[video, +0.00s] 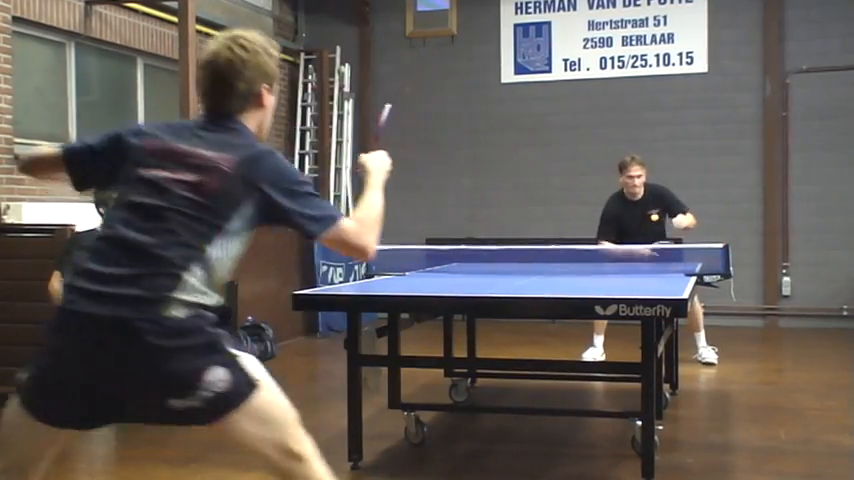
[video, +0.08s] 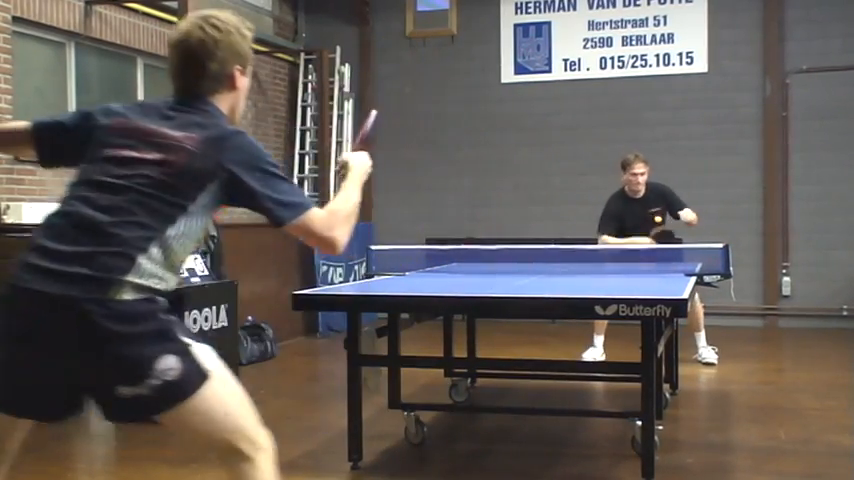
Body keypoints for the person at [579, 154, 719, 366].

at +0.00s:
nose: (635, 182)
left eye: (639, 176)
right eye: (630, 177)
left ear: (645, 177)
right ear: (621, 178)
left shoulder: (659, 194)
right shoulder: (614, 203)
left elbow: (691, 219)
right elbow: (602, 243)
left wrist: (684, 222)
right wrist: (633, 252)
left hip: (659, 265)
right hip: (623, 267)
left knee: (690, 295)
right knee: (602, 296)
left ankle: (702, 347)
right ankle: (597, 347)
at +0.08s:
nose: (638, 180)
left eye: (642, 174)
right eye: (633, 175)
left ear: (648, 174)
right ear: (623, 176)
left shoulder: (660, 192)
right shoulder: (615, 201)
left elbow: (692, 219)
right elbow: (603, 239)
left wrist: (686, 216)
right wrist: (639, 241)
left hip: (660, 262)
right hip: (623, 265)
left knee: (691, 293)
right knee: (603, 295)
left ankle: (703, 347)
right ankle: (597, 347)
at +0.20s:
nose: (643, 173)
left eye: (647, 169)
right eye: (638, 168)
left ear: (652, 170)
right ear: (628, 170)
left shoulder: (662, 189)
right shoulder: (620, 195)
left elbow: (691, 218)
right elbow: (606, 233)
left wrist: (695, 210)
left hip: (663, 262)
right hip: (627, 263)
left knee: (693, 294)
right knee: (604, 296)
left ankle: (703, 347)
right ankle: (597, 347)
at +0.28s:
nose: (646, 169)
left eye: (651, 165)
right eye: (642, 165)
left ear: (656, 167)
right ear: (632, 166)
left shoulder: (666, 189)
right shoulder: (622, 194)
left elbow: (695, 218)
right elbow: (607, 222)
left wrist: (699, 208)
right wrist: (597, 205)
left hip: (665, 261)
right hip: (629, 262)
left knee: (694, 294)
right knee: (605, 296)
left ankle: (703, 347)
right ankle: (597, 347)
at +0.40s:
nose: (649, 166)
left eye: (653, 162)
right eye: (644, 161)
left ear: (659, 164)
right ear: (635, 163)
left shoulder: (670, 187)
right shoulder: (624, 191)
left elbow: (693, 215)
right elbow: (602, 216)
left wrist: (698, 212)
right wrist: (587, 202)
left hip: (667, 260)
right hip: (630, 262)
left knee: (692, 293)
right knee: (607, 295)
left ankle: (703, 347)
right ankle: (597, 347)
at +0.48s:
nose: (647, 166)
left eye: (652, 162)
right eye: (642, 161)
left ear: (659, 164)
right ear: (634, 164)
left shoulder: (671, 187)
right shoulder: (624, 192)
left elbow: (695, 214)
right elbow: (600, 217)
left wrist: (692, 219)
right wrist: (586, 208)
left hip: (667, 259)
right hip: (630, 259)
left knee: (690, 295)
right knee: (602, 291)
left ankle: (702, 347)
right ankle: (593, 345)